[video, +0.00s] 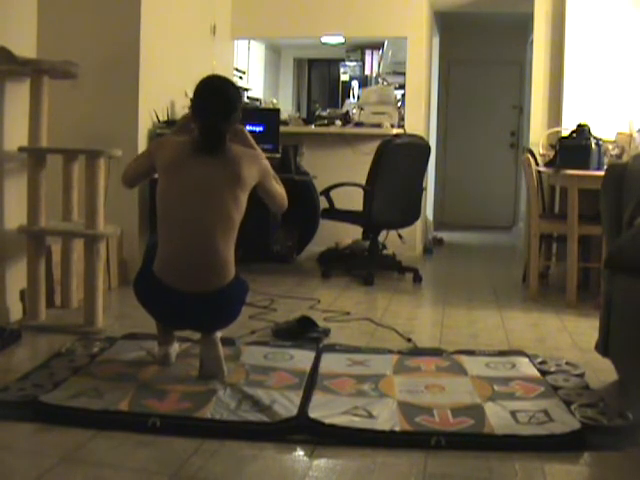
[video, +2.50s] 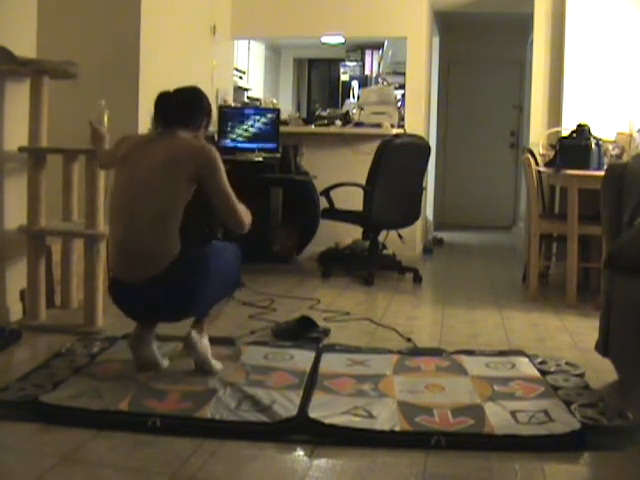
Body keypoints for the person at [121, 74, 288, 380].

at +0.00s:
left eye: (194, 104)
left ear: (193, 111)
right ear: (236, 117)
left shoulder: (166, 149)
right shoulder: (249, 160)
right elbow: (280, 203)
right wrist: (249, 143)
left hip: (165, 305)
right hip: (217, 308)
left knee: (155, 243)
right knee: (233, 279)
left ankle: (165, 345)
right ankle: (211, 339)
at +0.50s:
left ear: (191, 122)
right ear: (234, 128)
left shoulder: (164, 157)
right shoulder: (251, 165)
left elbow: (125, 208)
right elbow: (282, 216)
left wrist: (156, 181)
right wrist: (260, 175)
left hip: (165, 308)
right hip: (218, 311)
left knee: (155, 242)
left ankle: (165, 345)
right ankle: (211, 342)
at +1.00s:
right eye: (238, 125)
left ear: (192, 124)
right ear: (236, 130)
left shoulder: (166, 158)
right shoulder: (253, 165)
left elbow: (127, 209)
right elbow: (286, 217)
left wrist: (162, 185)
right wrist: (263, 183)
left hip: (165, 307)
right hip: (218, 311)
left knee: (156, 243)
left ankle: (165, 345)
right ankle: (211, 341)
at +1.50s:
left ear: (196, 125)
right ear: (238, 135)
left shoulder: (169, 156)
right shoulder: (256, 168)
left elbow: (124, 208)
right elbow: (276, 231)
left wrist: (167, 193)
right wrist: (247, 203)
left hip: (165, 308)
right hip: (216, 312)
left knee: (151, 236)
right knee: (237, 285)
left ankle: (163, 346)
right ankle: (209, 340)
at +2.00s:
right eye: (214, 121)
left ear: (174, 118)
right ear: (214, 128)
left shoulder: (143, 153)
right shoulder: (227, 162)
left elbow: (102, 183)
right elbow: (250, 228)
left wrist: (128, 155)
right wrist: (223, 191)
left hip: (142, 303)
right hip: (194, 305)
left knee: (128, 274)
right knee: (219, 279)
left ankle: (148, 341)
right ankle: (204, 336)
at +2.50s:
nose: (205, 134)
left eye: (206, 129)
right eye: (206, 128)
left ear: (159, 120)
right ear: (200, 125)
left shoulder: (129, 144)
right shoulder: (200, 152)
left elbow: (103, 161)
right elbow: (240, 223)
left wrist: (99, 143)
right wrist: (242, 207)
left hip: (124, 297)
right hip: (170, 295)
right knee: (231, 256)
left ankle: (143, 333)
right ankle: (200, 331)